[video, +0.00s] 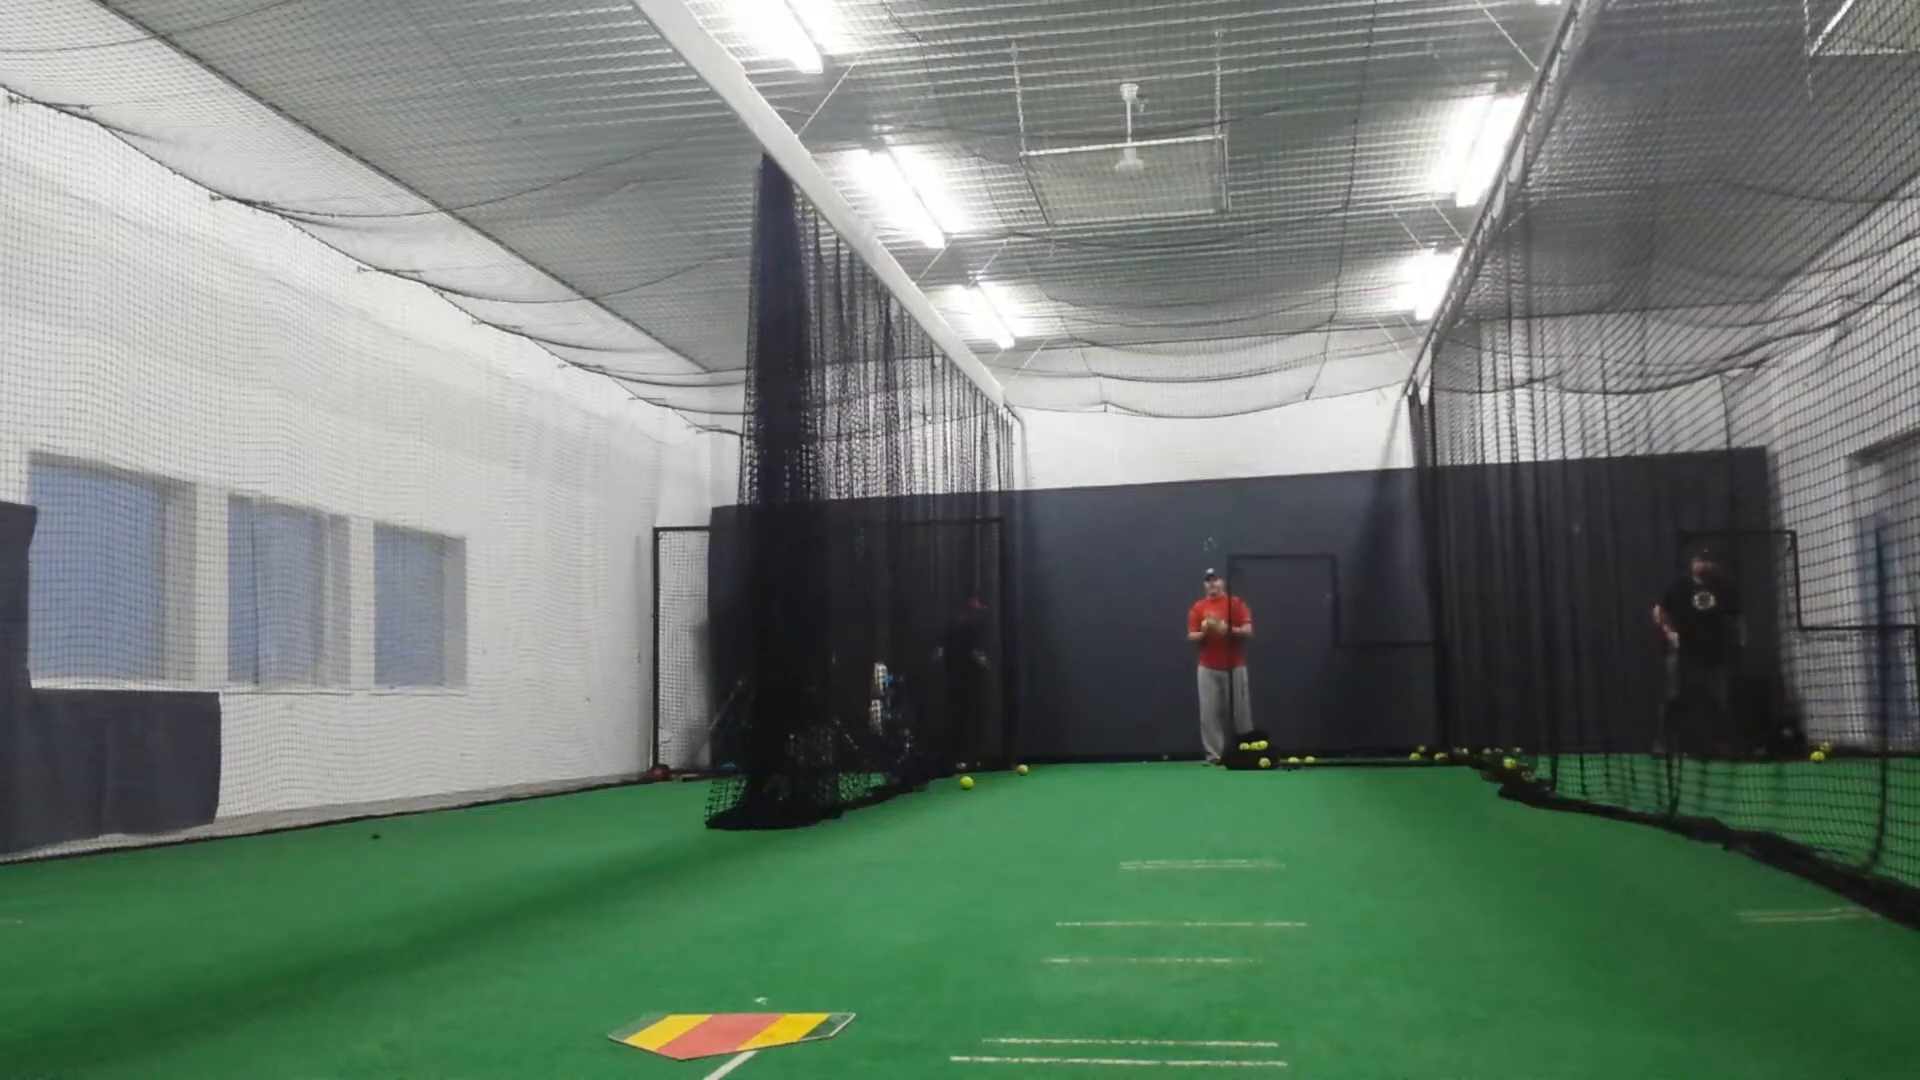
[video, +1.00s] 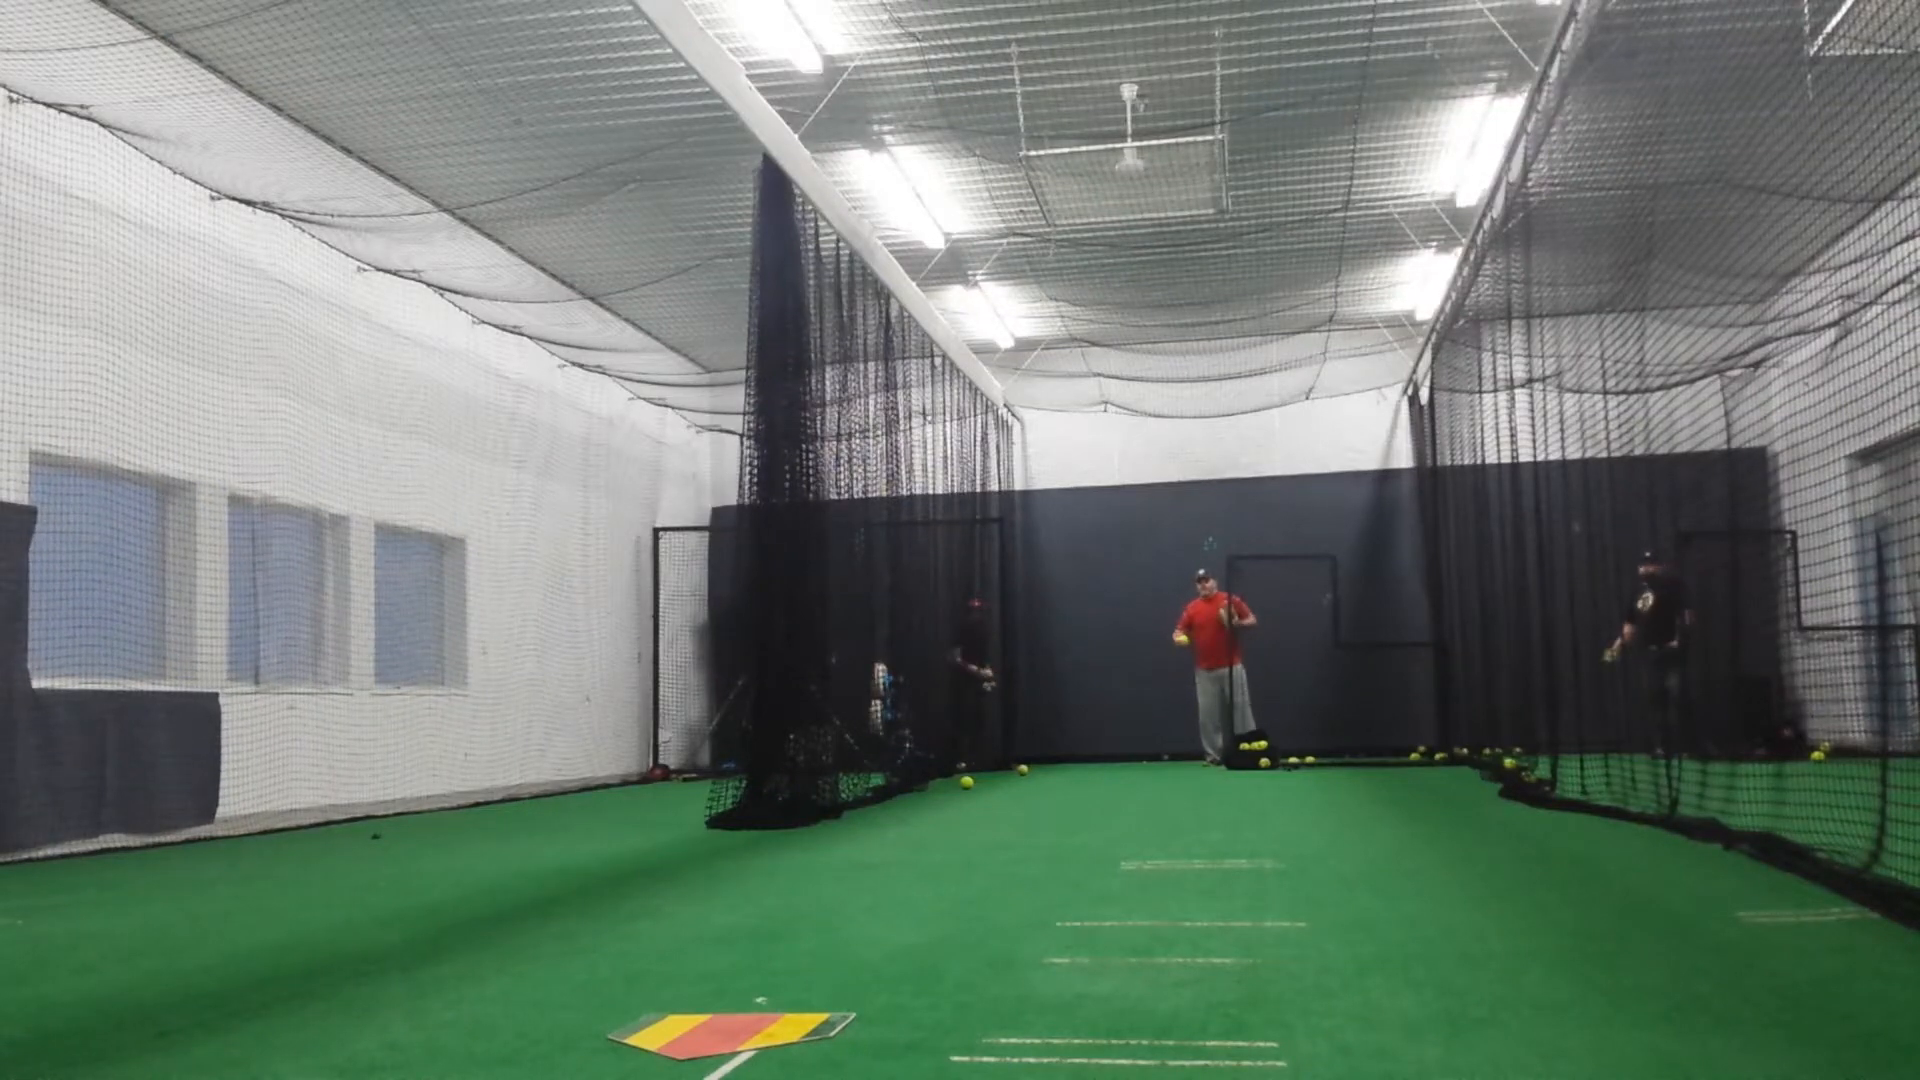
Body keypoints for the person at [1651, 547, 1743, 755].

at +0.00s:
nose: (1703, 572)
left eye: (1708, 567)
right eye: (1699, 567)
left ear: (1717, 568)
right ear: (1692, 567)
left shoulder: (1726, 589)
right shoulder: (1680, 588)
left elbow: (1737, 617)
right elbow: (1660, 612)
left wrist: (1739, 641)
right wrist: (1672, 633)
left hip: (1717, 650)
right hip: (1685, 650)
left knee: (1718, 699)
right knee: (1679, 696)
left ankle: (1720, 742)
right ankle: (1669, 741)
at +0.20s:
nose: (1692, 568)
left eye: (1696, 563)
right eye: (1688, 564)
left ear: (1702, 564)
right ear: (1682, 564)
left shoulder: (1709, 587)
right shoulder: (1671, 588)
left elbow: (1722, 617)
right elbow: (1648, 613)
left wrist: (1728, 641)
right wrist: (1659, 635)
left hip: (1706, 648)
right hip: (1675, 649)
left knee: (1709, 697)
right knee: (1670, 697)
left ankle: (1711, 743)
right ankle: (1667, 742)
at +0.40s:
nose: (1668, 568)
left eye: (1671, 564)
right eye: (1664, 564)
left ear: (1678, 566)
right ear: (1659, 566)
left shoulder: (1693, 587)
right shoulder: (1651, 590)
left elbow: (1707, 614)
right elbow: (1633, 617)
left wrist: (1711, 637)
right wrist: (1645, 634)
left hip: (1691, 647)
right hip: (1663, 650)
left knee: (1693, 696)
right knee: (1663, 698)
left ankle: (1695, 743)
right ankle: (1664, 743)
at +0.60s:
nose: (1657, 579)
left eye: (1662, 574)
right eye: (1653, 575)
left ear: (1671, 572)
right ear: (1649, 574)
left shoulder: (1683, 590)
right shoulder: (1643, 592)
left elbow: (1694, 613)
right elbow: (1626, 617)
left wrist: (1693, 634)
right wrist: (1636, 635)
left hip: (1679, 645)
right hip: (1654, 647)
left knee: (1683, 693)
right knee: (1657, 696)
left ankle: (1686, 741)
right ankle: (1660, 743)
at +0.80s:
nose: (1652, 569)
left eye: (1657, 564)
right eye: (1648, 564)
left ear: (1667, 567)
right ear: (1644, 566)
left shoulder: (1678, 589)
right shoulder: (1639, 591)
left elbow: (1688, 612)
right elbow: (1627, 618)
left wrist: (1688, 633)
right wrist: (1630, 638)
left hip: (1675, 644)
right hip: (1649, 647)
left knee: (1679, 692)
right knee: (1654, 695)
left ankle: (1685, 742)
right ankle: (1659, 743)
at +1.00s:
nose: (1646, 572)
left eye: (1651, 567)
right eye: (1642, 567)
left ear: (1661, 568)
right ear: (1639, 569)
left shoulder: (1674, 590)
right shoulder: (1641, 594)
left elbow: (1685, 617)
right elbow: (1631, 626)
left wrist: (1679, 640)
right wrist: (1617, 647)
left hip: (1672, 649)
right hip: (1649, 650)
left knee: (1677, 695)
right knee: (1653, 697)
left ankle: (1683, 743)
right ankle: (1659, 744)